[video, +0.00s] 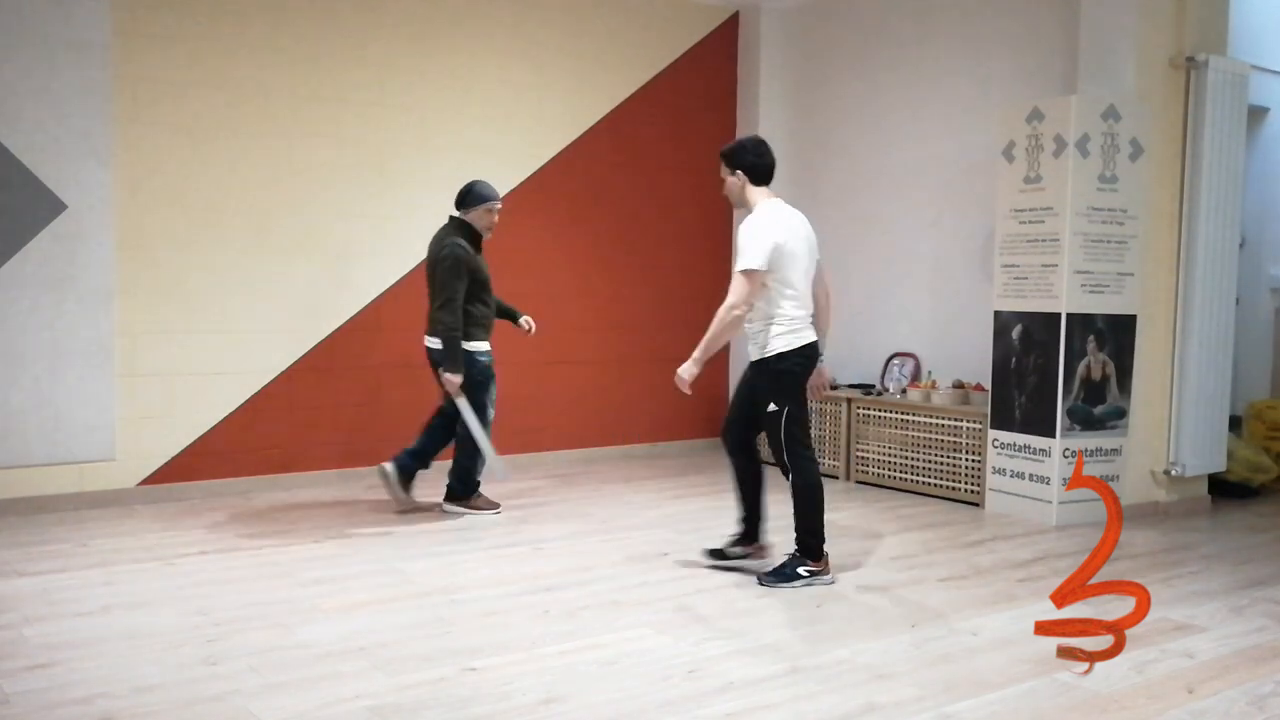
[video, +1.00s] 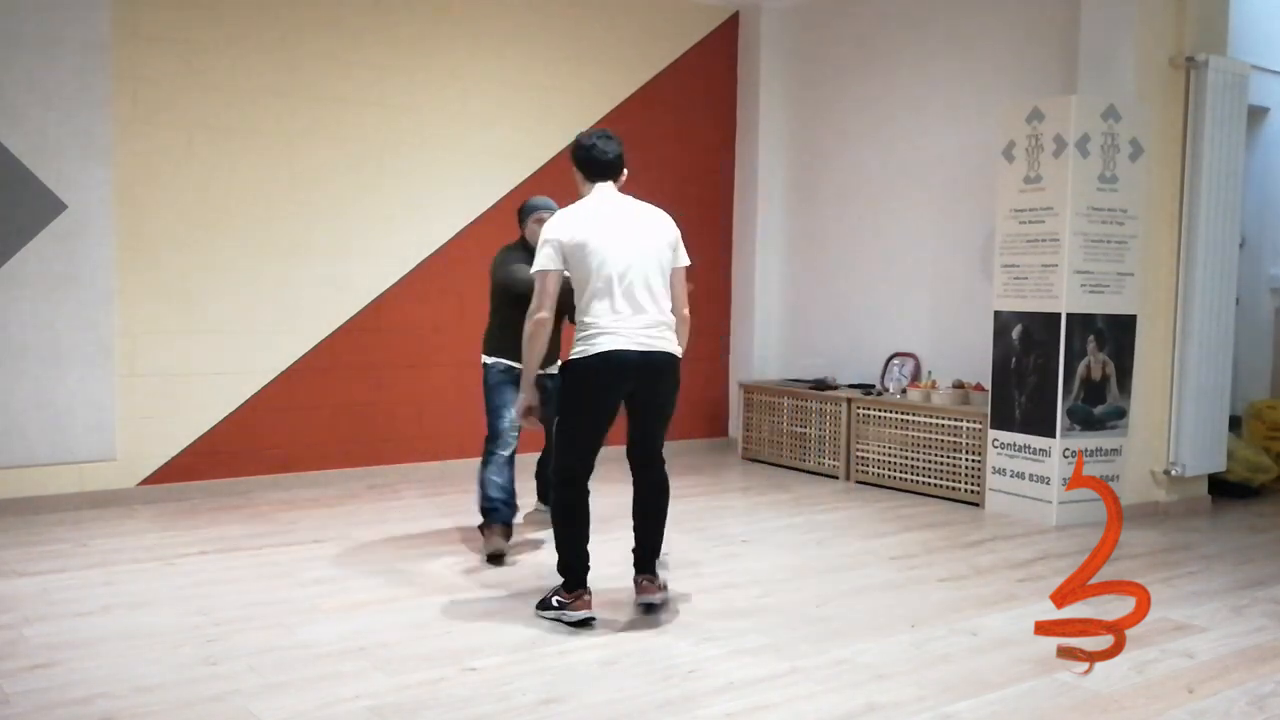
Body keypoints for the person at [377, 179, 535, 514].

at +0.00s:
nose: (497, 219)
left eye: (498, 212)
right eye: (492, 211)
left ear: (472, 213)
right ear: (471, 212)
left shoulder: (461, 243)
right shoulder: (454, 250)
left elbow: (477, 297)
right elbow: (448, 311)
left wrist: (513, 315)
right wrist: (451, 364)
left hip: (461, 347)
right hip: (468, 350)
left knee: (454, 413)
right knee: (476, 422)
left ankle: (403, 469)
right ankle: (462, 492)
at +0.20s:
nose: (509, 214)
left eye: (512, 207)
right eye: (503, 207)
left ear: (511, 209)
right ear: (483, 208)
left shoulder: (492, 240)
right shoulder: (463, 243)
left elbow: (496, 296)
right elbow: (457, 302)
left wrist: (517, 330)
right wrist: (476, 354)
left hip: (497, 344)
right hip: (471, 345)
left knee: (511, 406)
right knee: (479, 412)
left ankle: (489, 480)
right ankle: (460, 491)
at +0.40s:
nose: (528, 216)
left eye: (531, 209)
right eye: (520, 209)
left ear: (534, 211)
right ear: (500, 211)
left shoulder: (525, 246)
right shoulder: (478, 246)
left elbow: (523, 302)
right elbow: (468, 302)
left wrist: (545, 337)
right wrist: (490, 351)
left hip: (523, 350)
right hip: (489, 350)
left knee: (543, 416)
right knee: (483, 421)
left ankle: (551, 487)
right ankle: (463, 490)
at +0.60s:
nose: (549, 219)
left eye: (553, 212)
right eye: (541, 212)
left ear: (557, 215)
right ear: (523, 215)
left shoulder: (549, 251)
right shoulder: (500, 251)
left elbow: (559, 305)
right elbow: (491, 307)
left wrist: (590, 327)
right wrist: (520, 348)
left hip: (540, 352)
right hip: (502, 352)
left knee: (562, 413)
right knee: (513, 417)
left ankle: (553, 488)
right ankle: (486, 474)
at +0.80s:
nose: (562, 225)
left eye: (567, 219)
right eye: (554, 218)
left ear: (571, 223)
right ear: (537, 221)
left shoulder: (566, 260)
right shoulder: (517, 253)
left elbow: (570, 296)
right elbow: (537, 300)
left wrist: (579, 300)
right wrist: (574, 320)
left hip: (540, 357)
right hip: (502, 350)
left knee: (567, 414)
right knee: (503, 415)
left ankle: (552, 490)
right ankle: (488, 506)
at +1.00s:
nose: (546, 229)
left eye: (551, 223)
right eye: (539, 223)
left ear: (558, 227)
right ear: (523, 226)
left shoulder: (560, 263)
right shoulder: (508, 260)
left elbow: (574, 309)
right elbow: (531, 283)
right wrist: (568, 280)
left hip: (547, 364)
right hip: (505, 363)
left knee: (560, 432)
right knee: (503, 439)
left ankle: (550, 491)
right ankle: (496, 524)